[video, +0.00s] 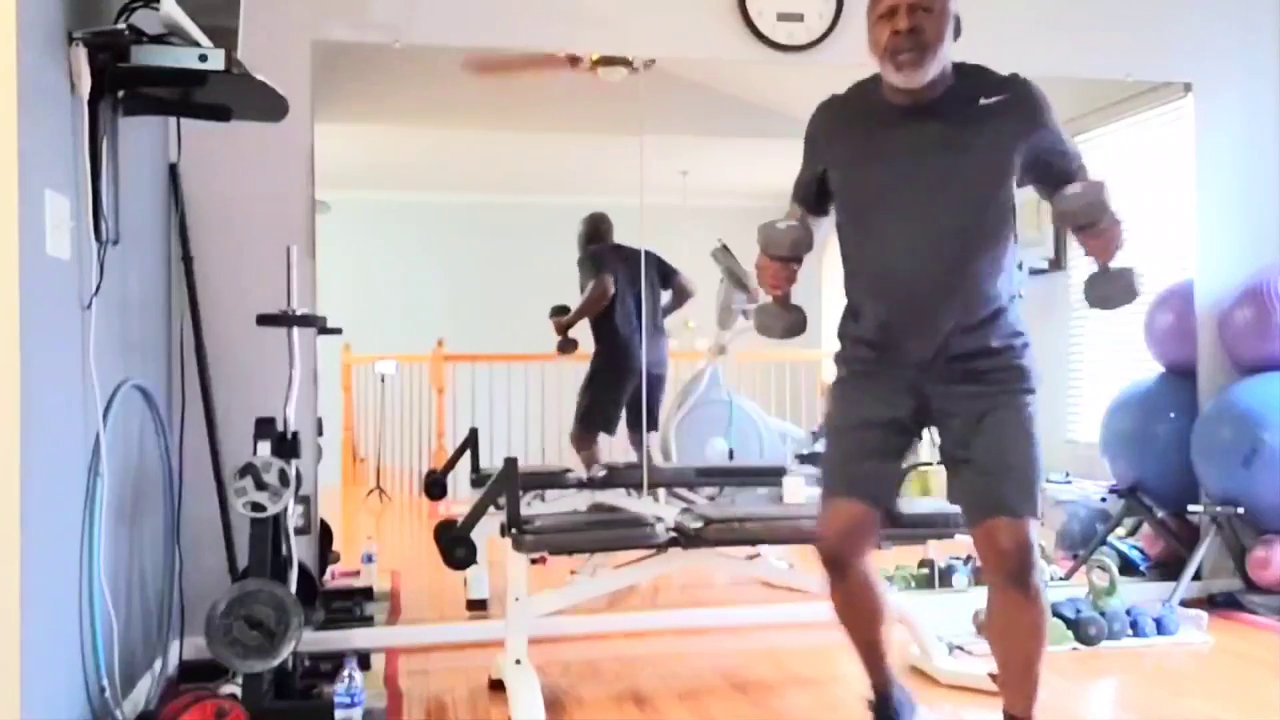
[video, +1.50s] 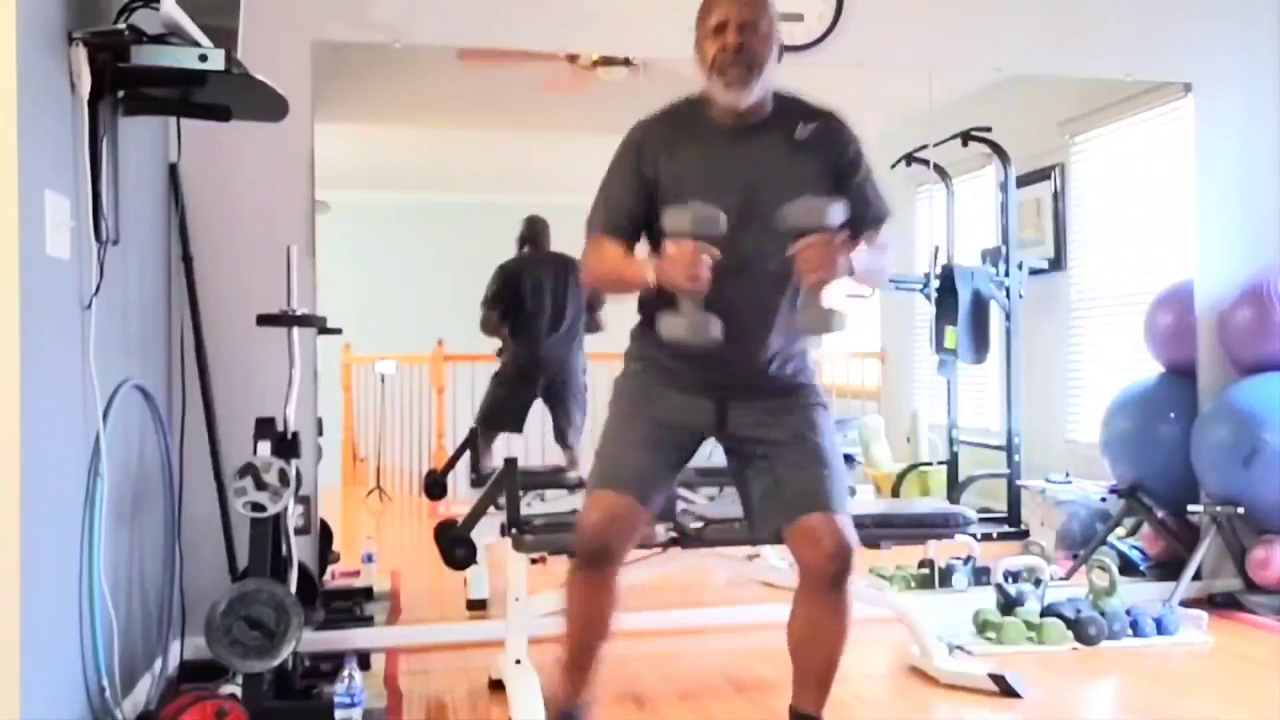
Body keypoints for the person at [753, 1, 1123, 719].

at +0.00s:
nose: (903, 25)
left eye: (921, 9)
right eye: (887, 11)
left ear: (953, 20)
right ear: (867, 26)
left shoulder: (1012, 104)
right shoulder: (836, 121)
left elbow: (1073, 191)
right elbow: (802, 216)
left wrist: (1096, 227)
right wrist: (778, 259)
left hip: (985, 360)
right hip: (874, 362)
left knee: (1010, 549)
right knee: (840, 541)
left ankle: (1019, 713)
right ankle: (886, 696)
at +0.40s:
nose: (917, 30)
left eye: (933, 16)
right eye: (900, 17)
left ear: (963, 27)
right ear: (880, 33)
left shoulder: (1022, 117)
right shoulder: (840, 130)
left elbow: (1090, 218)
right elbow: (789, 239)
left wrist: (1061, 250)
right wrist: (810, 268)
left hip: (986, 373)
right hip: (872, 371)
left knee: (1028, 549)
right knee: (807, 531)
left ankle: (1024, 713)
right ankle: (809, 684)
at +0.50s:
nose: (904, 66)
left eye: (921, 54)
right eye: (889, 56)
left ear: (951, 72)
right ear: (870, 76)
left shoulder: (1007, 157)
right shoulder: (828, 169)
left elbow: (1067, 272)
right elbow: (782, 289)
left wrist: (1018, 286)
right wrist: (822, 296)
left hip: (975, 399)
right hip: (859, 394)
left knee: (1045, 565)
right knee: (778, 547)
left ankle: (1027, 716)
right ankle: (736, 710)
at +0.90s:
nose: (796, 61)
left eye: (812, 46)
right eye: (781, 48)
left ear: (842, 56)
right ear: (760, 62)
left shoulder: (894, 142)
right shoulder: (726, 155)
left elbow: (955, 250)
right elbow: (674, 265)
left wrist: (934, 267)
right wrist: (702, 282)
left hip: (867, 376)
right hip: (758, 380)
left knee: (946, 538)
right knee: (717, 555)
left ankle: (975, 703)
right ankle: (718, 713)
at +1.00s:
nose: (777, 22)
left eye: (795, 6)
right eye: (760, 7)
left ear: (828, 14)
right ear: (740, 18)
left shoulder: (878, 111)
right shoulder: (704, 119)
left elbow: (920, 209)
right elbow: (657, 223)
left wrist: (931, 231)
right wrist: (659, 250)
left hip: (846, 356)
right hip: (735, 360)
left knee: (906, 529)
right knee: (713, 546)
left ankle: (878, 696)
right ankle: (718, 714)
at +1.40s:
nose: (745, 18)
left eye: (762, 3)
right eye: (730, 4)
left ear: (791, 14)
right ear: (712, 15)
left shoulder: (842, 110)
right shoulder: (667, 107)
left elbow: (891, 212)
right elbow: (603, 212)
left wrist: (875, 232)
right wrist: (632, 240)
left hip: (787, 364)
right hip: (676, 358)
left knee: (812, 544)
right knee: (632, 522)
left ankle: (803, 715)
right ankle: (656, 692)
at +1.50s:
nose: (732, 41)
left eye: (749, 26)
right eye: (717, 29)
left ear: (776, 39)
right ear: (698, 44)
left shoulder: (822, 137)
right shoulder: (654, 141)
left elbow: (879, 254)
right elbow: (596, 263)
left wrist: (847, 254)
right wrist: (655, 268)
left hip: (777, 382)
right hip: (666, 375)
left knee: (829, 553)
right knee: (596, 537)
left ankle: (806, 714)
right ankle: (569, 703)